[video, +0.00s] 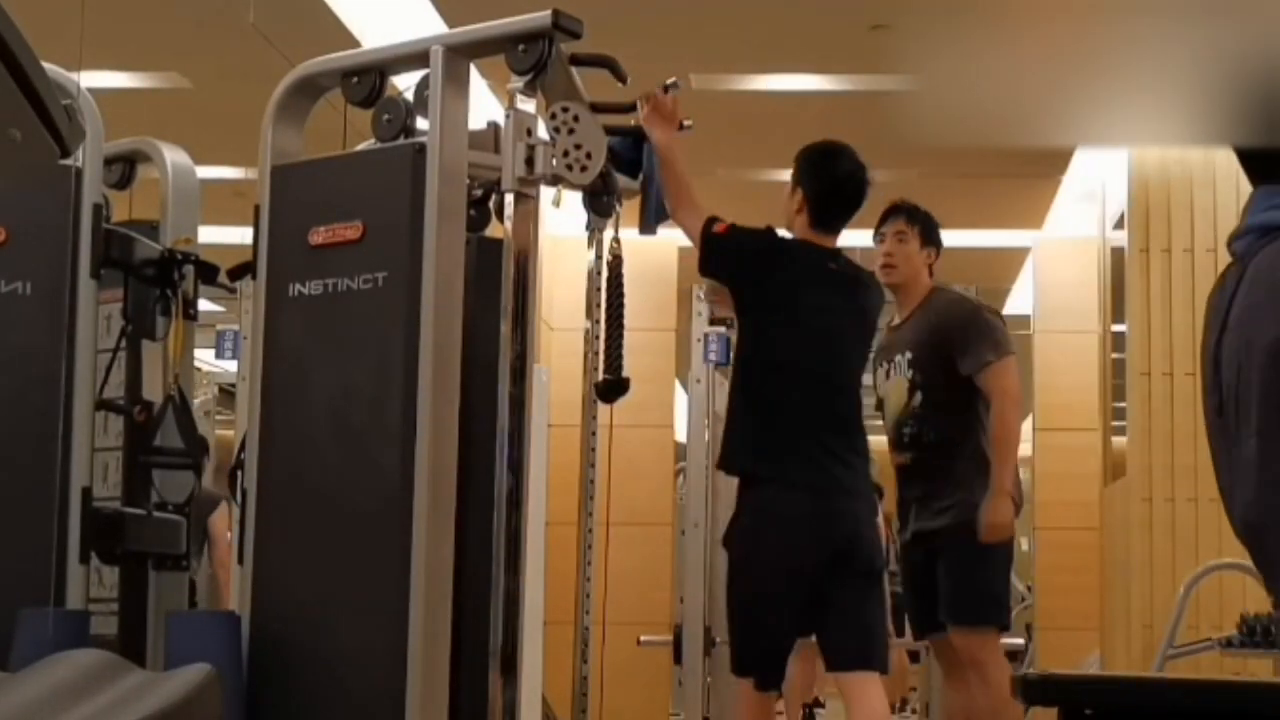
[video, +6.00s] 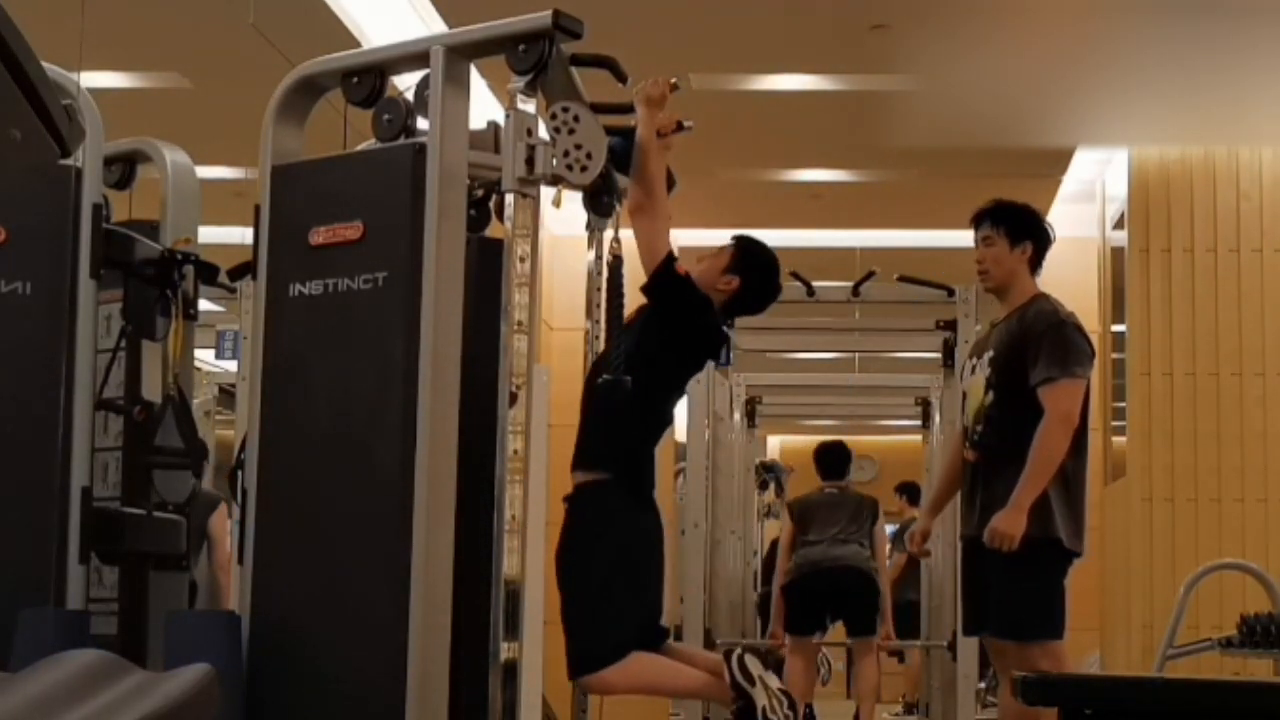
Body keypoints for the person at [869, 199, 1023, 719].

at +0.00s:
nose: (887, 250)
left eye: (901, 239)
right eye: (881, 240)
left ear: (930, 255)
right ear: (874, 253)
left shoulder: (960, 313)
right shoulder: (886, 338)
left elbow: (1008, 396)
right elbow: (894, 434)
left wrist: (1001, 493)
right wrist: (893, 510)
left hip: (969, 509)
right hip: (918, 516)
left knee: (976, 642)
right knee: (945, 647)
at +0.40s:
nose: (937, 251)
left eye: (950, 239)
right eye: (936, 241)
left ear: (988, 249)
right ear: (939, 251)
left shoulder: (1018, 317)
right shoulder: (947, 338)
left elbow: (1025, 408)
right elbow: (924, 430)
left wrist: (960, 481)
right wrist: (872, 490)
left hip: (1013, 517)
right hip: (957, 520)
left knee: (1029, 653)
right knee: (966, 653)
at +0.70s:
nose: (959, 246)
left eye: (972, 234)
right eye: (963, 234)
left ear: (1005, 248)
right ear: (994, 250)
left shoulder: (1041, 322)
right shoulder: (974, 339)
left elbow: (1056, 421)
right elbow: (964, 430)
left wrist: (996, 501)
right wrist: (921, 487)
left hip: (1043, 521)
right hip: (988, 519)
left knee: (1052, 657)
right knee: (978, 652)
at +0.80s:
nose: (964, 246)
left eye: (977, 234)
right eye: (968, 235)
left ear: (1010, 248)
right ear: (995, 250)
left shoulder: (1044, 325)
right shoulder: (983, 338)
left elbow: (1063, 428)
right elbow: (977, 434)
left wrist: (1040, 525)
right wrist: (940, 505)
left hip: (1046, 524)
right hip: (994, 522)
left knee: (1056, 658)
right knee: (972, 645)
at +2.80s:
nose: (973, 254)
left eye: (985, 243)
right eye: (972, 244)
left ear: (1021, 253)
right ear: (975, 254)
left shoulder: (1046, 325)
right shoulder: (983, 341)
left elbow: (1060, 415)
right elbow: (966, 444)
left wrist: (1017, 501)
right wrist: (925, 518)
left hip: (1031, 524)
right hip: (990, 523)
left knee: (1040, 660)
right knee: (1009, 660)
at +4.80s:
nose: (973, 255)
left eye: (985, 243)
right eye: (972, 244)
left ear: (1020, 250)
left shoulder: (1046, 325)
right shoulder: (995, 337)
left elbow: (1055, 424)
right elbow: (973, 440)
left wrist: (1015, 508)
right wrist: (934, 517)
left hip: (1032, 526)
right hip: (992, 525)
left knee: (1041, 667)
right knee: (1004, 661)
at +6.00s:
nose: (978, 256)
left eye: (990, 244)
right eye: (977, 246)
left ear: (1026, 251)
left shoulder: (1051, 324)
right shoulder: (989, 339)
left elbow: (1063, 421)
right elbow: (969, 436)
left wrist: (1018, 506)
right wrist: (929, 512)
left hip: (1033, 527)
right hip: (992, 525)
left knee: (1040, 667)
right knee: (1004, 662)